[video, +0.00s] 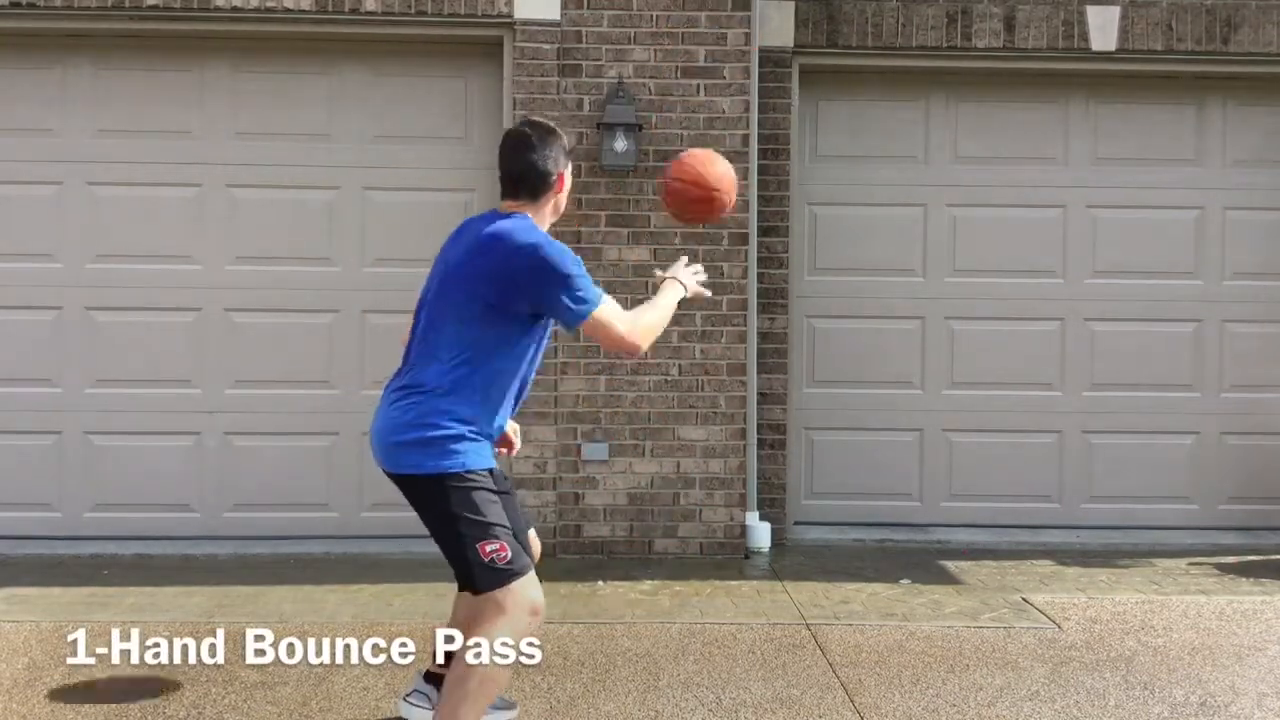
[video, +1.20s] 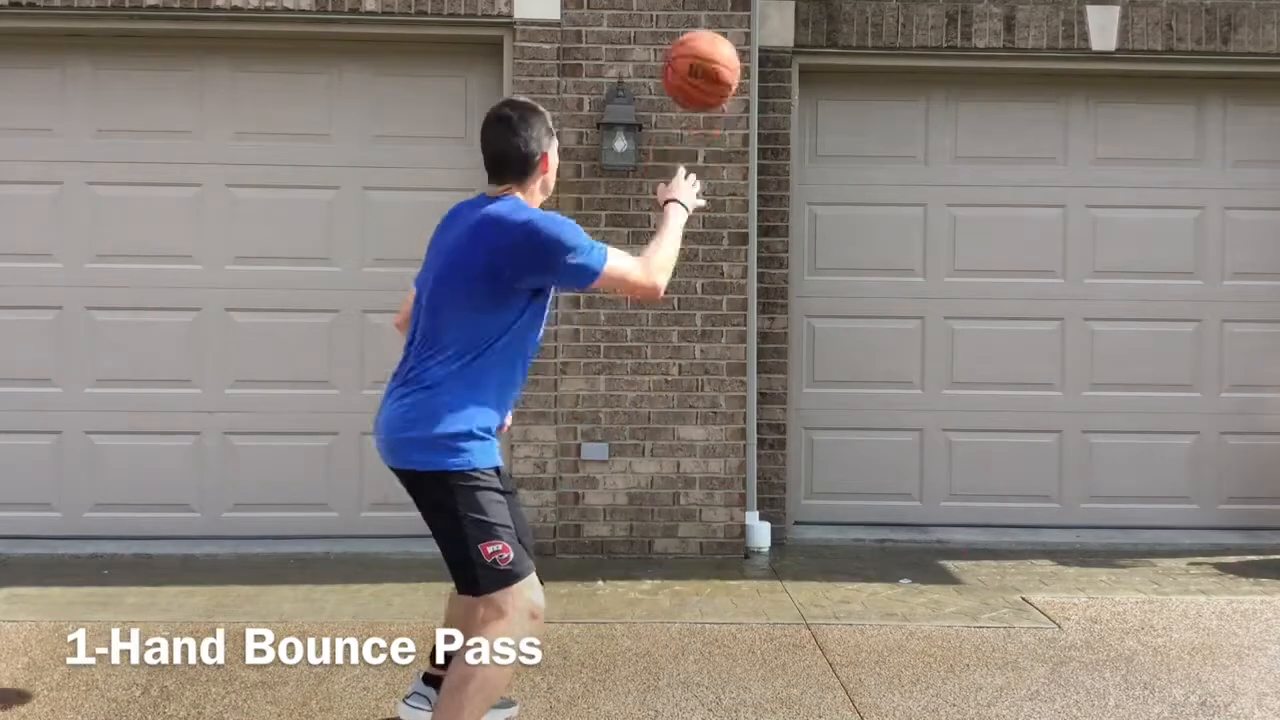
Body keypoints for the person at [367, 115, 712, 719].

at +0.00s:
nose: (570, 186)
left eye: (568, 176)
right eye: (570, 176)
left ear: (505, 176)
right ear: (561, 182)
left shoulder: (468, 235)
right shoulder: (539, 253)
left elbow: (425, 337)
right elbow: (630, 336)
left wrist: (487, 415)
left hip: (418, 427)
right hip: (441, 439)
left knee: (519, 547)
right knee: (518, 608)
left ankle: (439, 684)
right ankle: (456, 712)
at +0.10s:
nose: (569, 165)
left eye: (567, 155)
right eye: (567, 155)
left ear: (499, 161)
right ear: (555, 162)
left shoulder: (474, 215)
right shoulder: (532, 218)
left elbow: (437, 328)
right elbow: (664, 240)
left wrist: (486, 401)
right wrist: (709, 166)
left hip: (431, 421)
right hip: (441, 430)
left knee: (516, 547)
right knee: (514, 603)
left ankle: (443, 683)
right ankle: (454, 712)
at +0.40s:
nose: (584, 189)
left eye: (583, 178)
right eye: (585, 178)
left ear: (517, 175)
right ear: (572, 184)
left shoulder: (501, 232)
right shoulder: (508, 238)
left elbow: (426, 307)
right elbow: (608, 289)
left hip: (456, 430)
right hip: (434, 433)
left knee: (530, 551)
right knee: (504, 597)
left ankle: (440, 680)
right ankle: (449, 710)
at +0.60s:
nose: (584, 223)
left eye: (584, 213)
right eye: (586, 213)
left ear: (520, 201)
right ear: (577, 219)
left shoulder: (475, 246)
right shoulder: (546, 312)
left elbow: (411, 326)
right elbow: (586, 411)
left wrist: (458, 385)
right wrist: (630, 449)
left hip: (405, 441)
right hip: (436, 456)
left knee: (530, 543)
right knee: (516, 618)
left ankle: (445, 681)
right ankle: (455, 711)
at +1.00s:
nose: (573, 204)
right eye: (574, 195)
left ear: (508, 190)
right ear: (567, 202)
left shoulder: (463, 245)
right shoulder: (542, 281)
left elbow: (399, 332)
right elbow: (569, 409)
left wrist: (450, 386)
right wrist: (622, 403)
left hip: (405, 441)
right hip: (444, 452)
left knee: (527, 545)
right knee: (528, 613)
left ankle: (441, 684)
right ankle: (457, 712)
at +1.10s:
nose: (565, 188)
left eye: (564, 179)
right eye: (565, 180)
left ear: (496, 180)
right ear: (557, 188)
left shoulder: (459, 236)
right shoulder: (536, 261)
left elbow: (401, 329)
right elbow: (603, 367)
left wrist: (450, 385)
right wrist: (644, 322)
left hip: (409, 437)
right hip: (448, 448)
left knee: (523, 548)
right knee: (528, 615)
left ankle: (438, 687)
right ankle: (459, 712)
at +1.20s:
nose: (558, 162)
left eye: (554, 151)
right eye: (556, 152)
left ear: (490, 159)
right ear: (545, 162)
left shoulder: (460, 219)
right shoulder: (535, 231)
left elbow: (410, 317)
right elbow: (649, 278)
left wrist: (481, 400)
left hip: (422, 428)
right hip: (452, 437)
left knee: (486, 580)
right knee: (516, 608)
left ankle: (434, 690)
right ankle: (455, 712)